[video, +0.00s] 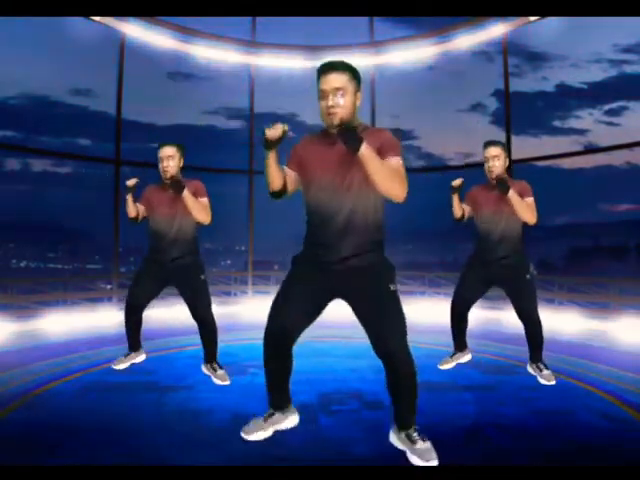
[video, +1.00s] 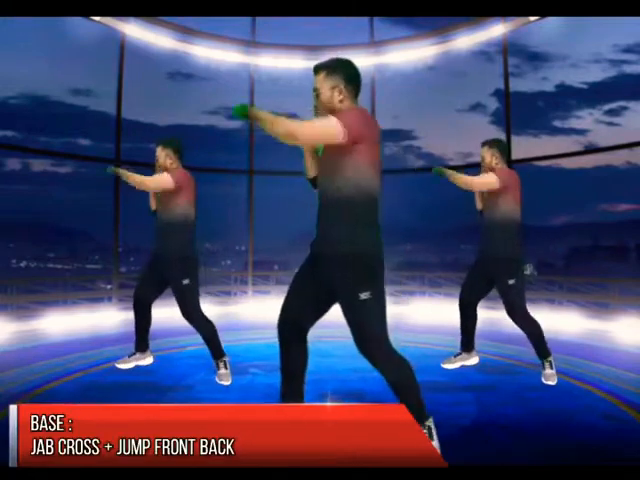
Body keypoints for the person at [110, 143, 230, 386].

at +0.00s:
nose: (166, 164)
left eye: (171, 159)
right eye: (162, 159)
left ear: (181, 161)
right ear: (158, 163)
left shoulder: (194, 187)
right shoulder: (152, 192)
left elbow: (205, 217)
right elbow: (134, 215)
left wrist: (182, 191)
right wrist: (130, 194)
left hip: (187, 264)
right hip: (156, 264)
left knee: (204, 315)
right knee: (133, 304)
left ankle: (211, 363)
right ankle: (135, 351)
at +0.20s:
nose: (164, 161)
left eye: (169, 155)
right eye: (161, 156)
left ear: (181, 158)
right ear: (159, 160)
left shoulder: (197, 181)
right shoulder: (157, 190)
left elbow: (209, 211)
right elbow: (141, 212)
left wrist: (184, 186)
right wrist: (138, 186)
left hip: (191, 257)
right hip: (162, 258)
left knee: (204, 312)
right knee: (139, 301)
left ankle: (211, 362)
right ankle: (135, 350)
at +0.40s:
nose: (167, 158)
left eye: (172, 154)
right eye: (165, 155)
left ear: (186, 156)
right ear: (164, 159)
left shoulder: (203, 181)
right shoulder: (160, 189)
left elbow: (213, 210)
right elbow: (145, 211)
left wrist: (190, 185)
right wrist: (140, 193)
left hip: (194, 258)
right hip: (164, 258)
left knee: (209, 312)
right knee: (140, 300)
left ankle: (212, 362)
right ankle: (134, 347)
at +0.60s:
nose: (163, 161)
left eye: (167, 156)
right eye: (161, 156)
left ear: (182, 158)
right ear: (160, 160)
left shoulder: (196, 185)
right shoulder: (154, 179)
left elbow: (203, 216)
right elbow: (122, 183)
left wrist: (183, 190)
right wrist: (105, 175)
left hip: (190, 260)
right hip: (161, 258)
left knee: (206, 314)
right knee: (139, 304)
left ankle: (212, 362)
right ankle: (142, 353)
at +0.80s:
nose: (152, 161)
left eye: (155, 156)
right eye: (152, 156)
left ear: (168, 158)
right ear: (158, 159)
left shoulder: (179, 181)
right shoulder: (161, 181)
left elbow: (166, 201)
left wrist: (147, 183)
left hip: (175, 256)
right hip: (158, 254)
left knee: (184, 309)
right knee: (136, 298)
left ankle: (221, 356)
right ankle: (142, 352)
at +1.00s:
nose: (157, 159)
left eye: (161, 155)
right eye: (157, 156)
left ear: (171, 156)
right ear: (165, 158)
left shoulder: (181, 177)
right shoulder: (167, 179)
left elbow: (146, 183)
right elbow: (156, 207)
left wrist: (121, 173)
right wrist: (151, 182)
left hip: (182, 257)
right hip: (164, 256)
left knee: (192, 312)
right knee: (142, 299)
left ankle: (221, 360)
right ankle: (142, 352)